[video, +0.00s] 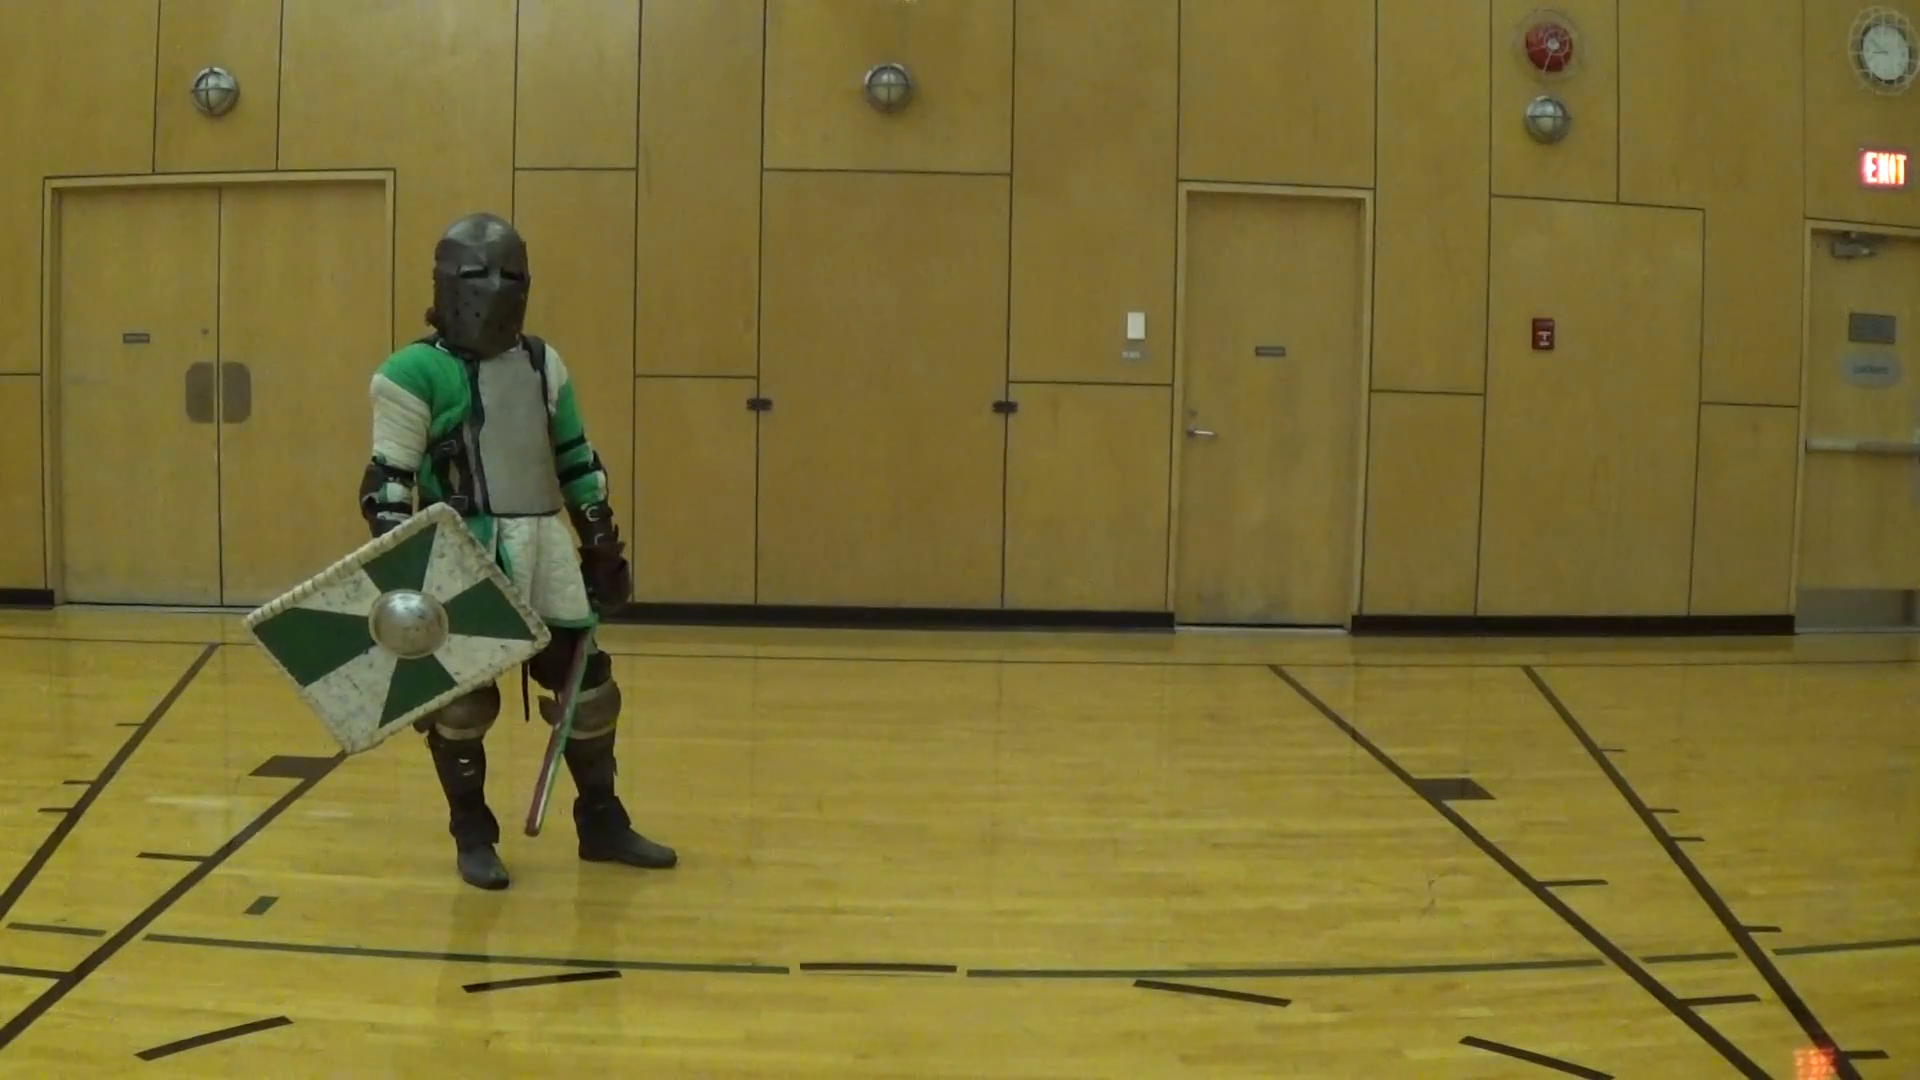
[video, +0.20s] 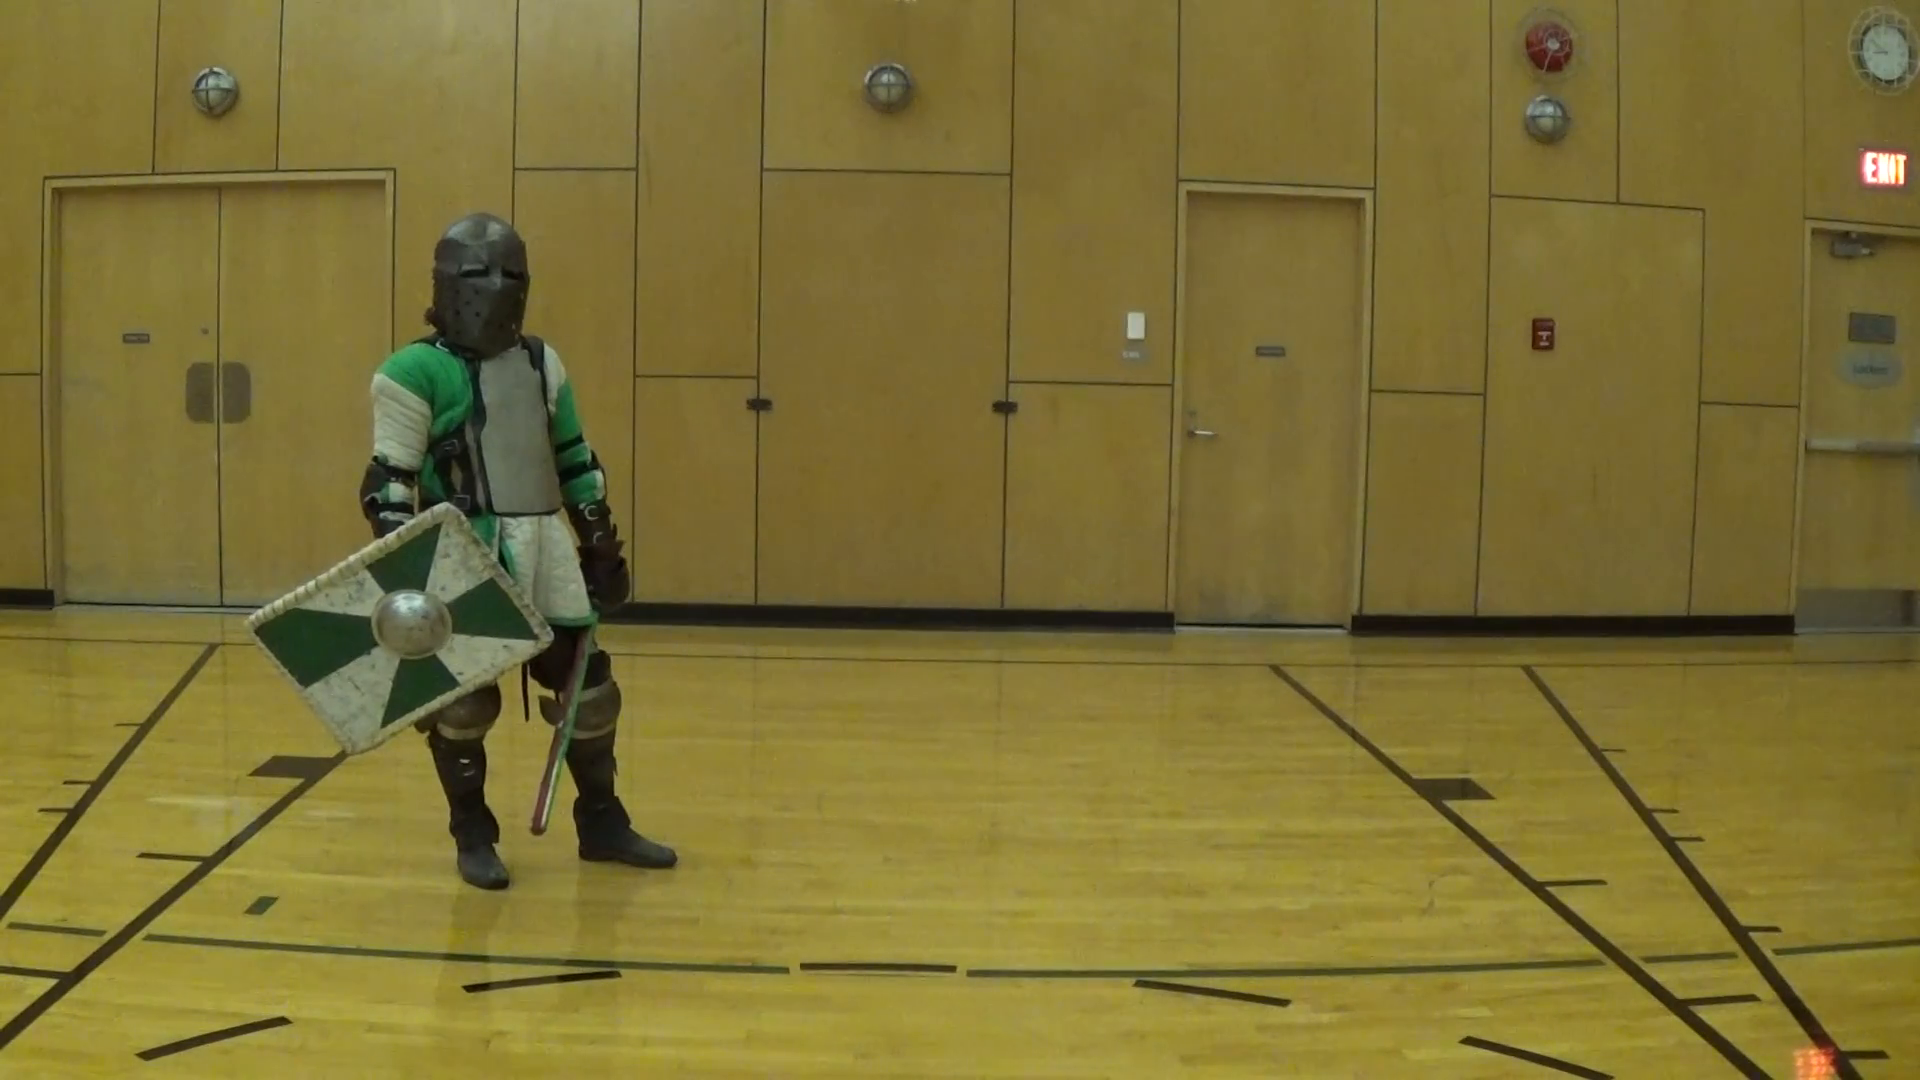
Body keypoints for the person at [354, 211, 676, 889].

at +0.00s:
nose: (487, 291)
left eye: (503, 276)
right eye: (472, 275)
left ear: (522, 287)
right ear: (442, 282)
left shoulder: (543, 365)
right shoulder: (413, 374)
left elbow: (579, 465)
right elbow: (387, 490)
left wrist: (603, 550)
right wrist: (415, 576)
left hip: (547, 545)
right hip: (459, 557)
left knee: (588, 681)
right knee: (463, 698)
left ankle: (602, 822)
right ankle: (473, 835)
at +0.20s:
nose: (489, 293)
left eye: (503, 278)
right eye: (473, 277)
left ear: (521, 287)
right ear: (443, 284)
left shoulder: (543, 365)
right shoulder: (414, 374)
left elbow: (577, 465)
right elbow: (388, 489)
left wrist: (602, 549)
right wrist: (417, 577)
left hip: (547, 547)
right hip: (460, 560)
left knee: (589, 683)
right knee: (463, 699)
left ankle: (602, 822)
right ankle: (473, 835)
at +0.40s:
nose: (477, 292)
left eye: (494, 277)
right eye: (463, 276)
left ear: (519, 287)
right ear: (439, 285)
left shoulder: (541, 366)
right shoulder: (415, 374)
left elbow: (576, 466)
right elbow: (389, 487)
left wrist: (603, 548)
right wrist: (418, 572)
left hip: (548, 545)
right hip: (461, 558)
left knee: (589, 683)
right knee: (465, 698)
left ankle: (602, 822)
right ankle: (473, 834)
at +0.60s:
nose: (482, 293)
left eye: (498, 278)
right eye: (467, 277)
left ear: (520, 287)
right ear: (441, 286)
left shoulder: (540, 366)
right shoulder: (416, 373)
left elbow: (574, 466)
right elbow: (390, 487)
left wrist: (601, 546)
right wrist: (415, 572)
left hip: (548, 545)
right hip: (461, 557)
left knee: (590, 684)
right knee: (464, 699)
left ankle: (602, 823)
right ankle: (474, 835)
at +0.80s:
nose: (485, 293)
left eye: (500, 279)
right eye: (469, 278)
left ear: (520, 288)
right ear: (441, 286)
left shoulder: (540, 366)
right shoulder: (416, 374)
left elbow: (573, 467)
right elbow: (389, 489)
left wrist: (600, 546)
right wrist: (418, 575)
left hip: (547, 543)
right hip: (461, 555)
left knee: (589, 682)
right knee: (464, 698)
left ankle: (602, 822)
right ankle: (474, 835)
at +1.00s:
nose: (485, 292)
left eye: (500, 278)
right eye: (469, 278)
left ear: (520, 287)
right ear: (442, 285)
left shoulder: (540, 367)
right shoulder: (415, 374)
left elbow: (572, 467)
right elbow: (389, 490)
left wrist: (601, 548)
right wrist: (417, 576)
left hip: (546, 545)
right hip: (460, 557)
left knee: (589, 680)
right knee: (463, 697)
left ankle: (602, 822)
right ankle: (473, 835)